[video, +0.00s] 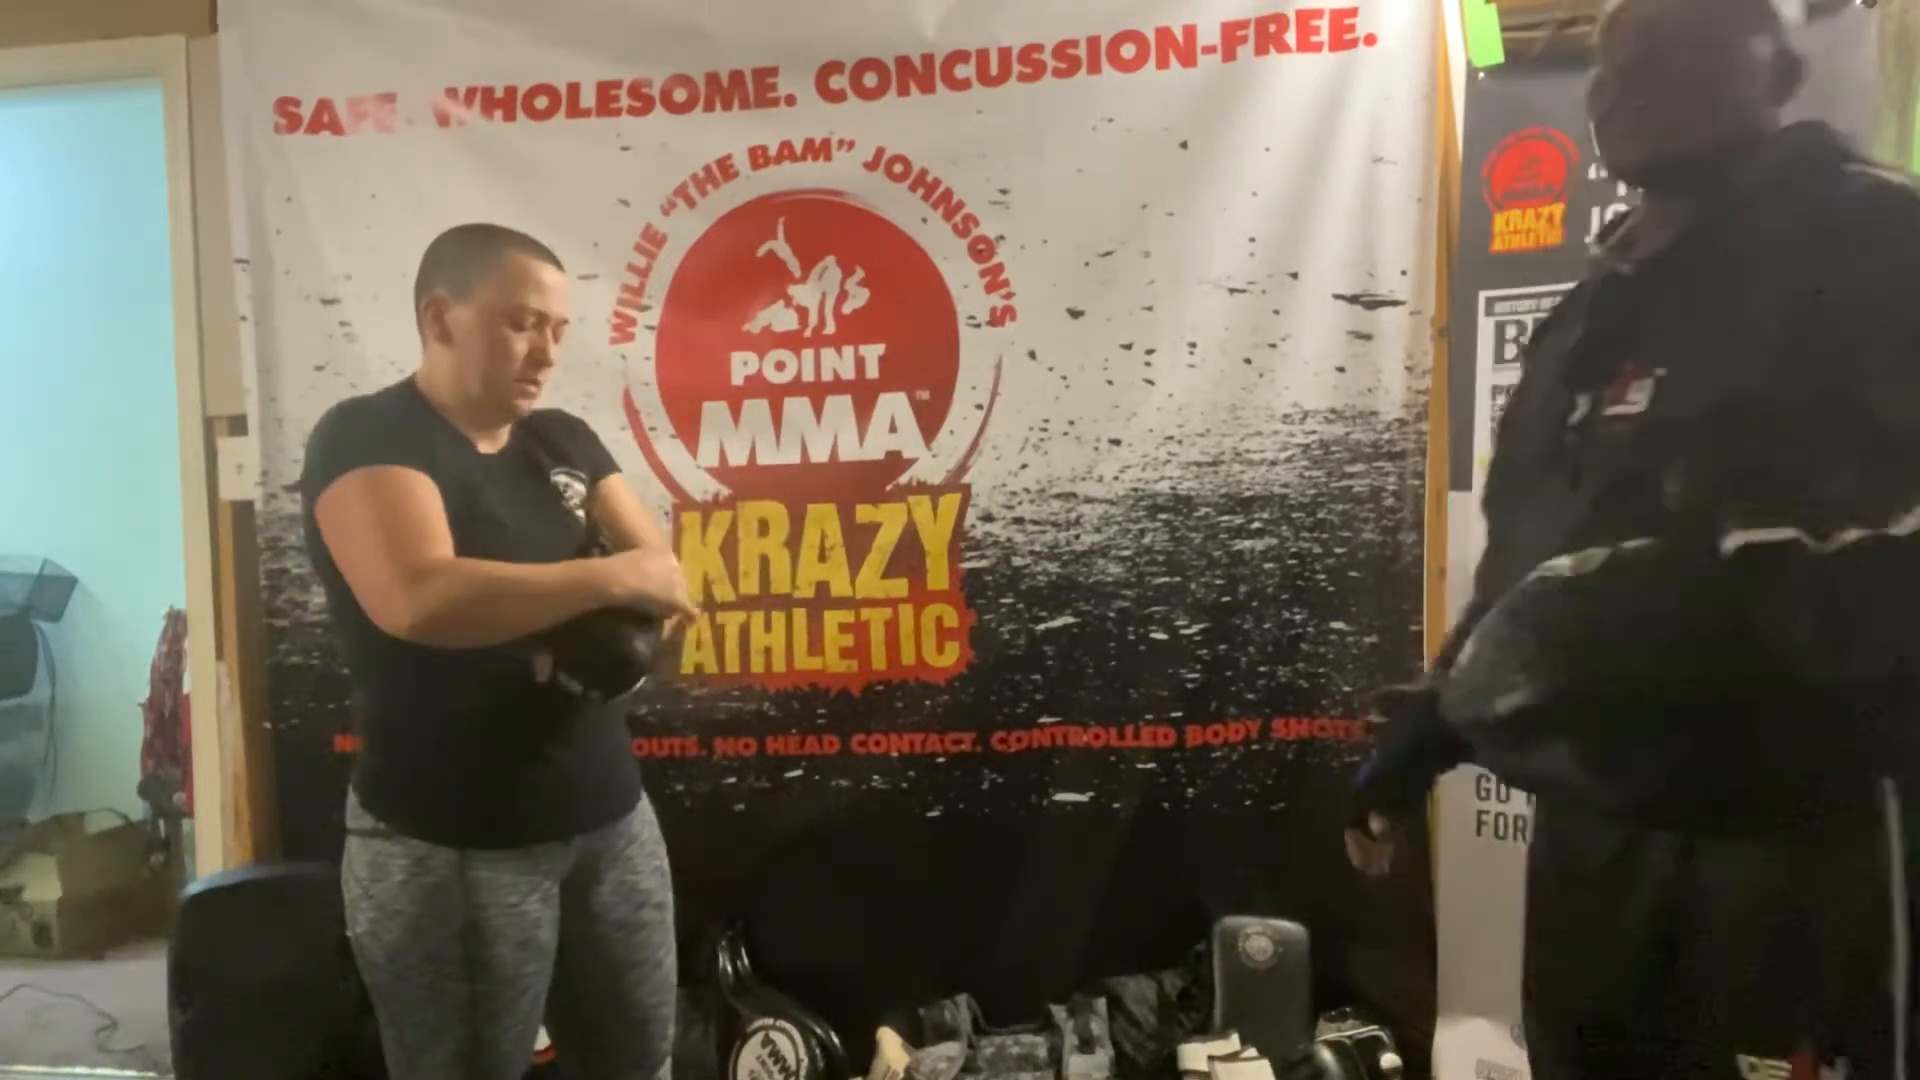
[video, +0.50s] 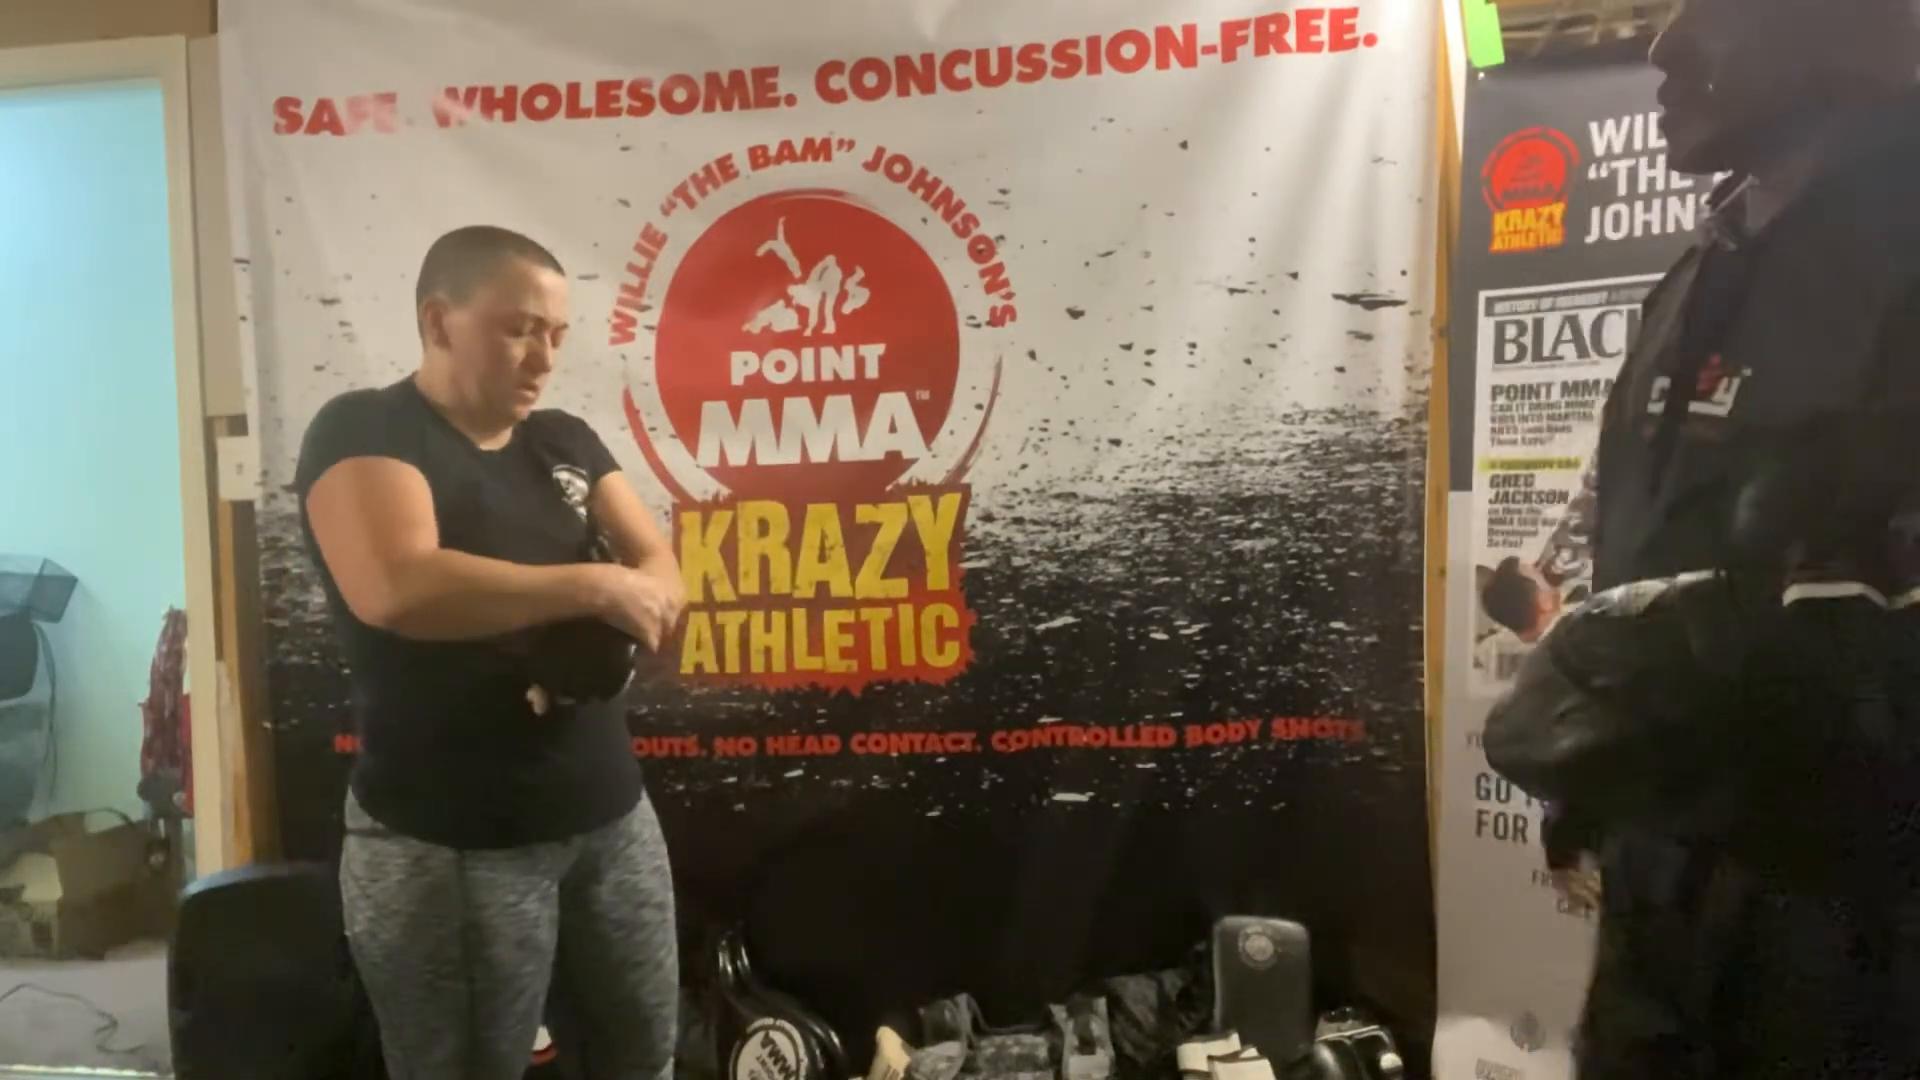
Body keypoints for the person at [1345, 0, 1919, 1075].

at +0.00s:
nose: (1624, 82)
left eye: (1671, 46)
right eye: (1611, 55)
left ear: (1777, 66)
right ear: (1596, 91)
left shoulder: (1879, 233)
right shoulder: (1585, 315)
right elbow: (1523, 578)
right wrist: (1407, 752)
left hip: (1808, 819)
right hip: (1598, 824)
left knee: (1811, 1058)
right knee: (1588, 1053)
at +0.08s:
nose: (1629, 69)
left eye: (1676, 35)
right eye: (1622, 47)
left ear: (1805, 51)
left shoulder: (1884, 227)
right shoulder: (1613, 300)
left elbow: (1894, 572)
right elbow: (1543, 564)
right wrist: (1447, 732)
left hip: (1823, 842)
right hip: (1617, 839)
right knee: (1592, 1058)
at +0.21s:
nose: (1647, 47)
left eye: (1700, 13)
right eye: (1641, 23)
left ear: (1832, 38)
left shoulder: (1882, 224)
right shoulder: (1633, 300)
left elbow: (1879, 614)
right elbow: (1593, 582)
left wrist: (1566, 683)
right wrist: (1486, 731)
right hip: (1638, 866)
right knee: (1587, 1059)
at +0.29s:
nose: (1643, 40)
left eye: (1681, 9)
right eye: (1645, 19)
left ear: (1822, 24)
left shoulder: (1892, 196)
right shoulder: (1643, 305)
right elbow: (1615, 591)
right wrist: (1516, 753)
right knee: (1590, 1057)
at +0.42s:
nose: (1652, 40)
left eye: (1698, 7)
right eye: (1663, 16)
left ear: (1837, 25)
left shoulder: (1897, 215)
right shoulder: (1671, 290)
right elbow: (1623, 557)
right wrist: (1565, 775)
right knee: (1606, 1059)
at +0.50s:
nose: (1659, 44)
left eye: (1705, 11)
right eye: (1669, 18)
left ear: (1827, 32)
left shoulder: (1896, 227)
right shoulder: (1679, 289)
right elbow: (1623, 565)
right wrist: (1593, 787)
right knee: (1641, 1055)